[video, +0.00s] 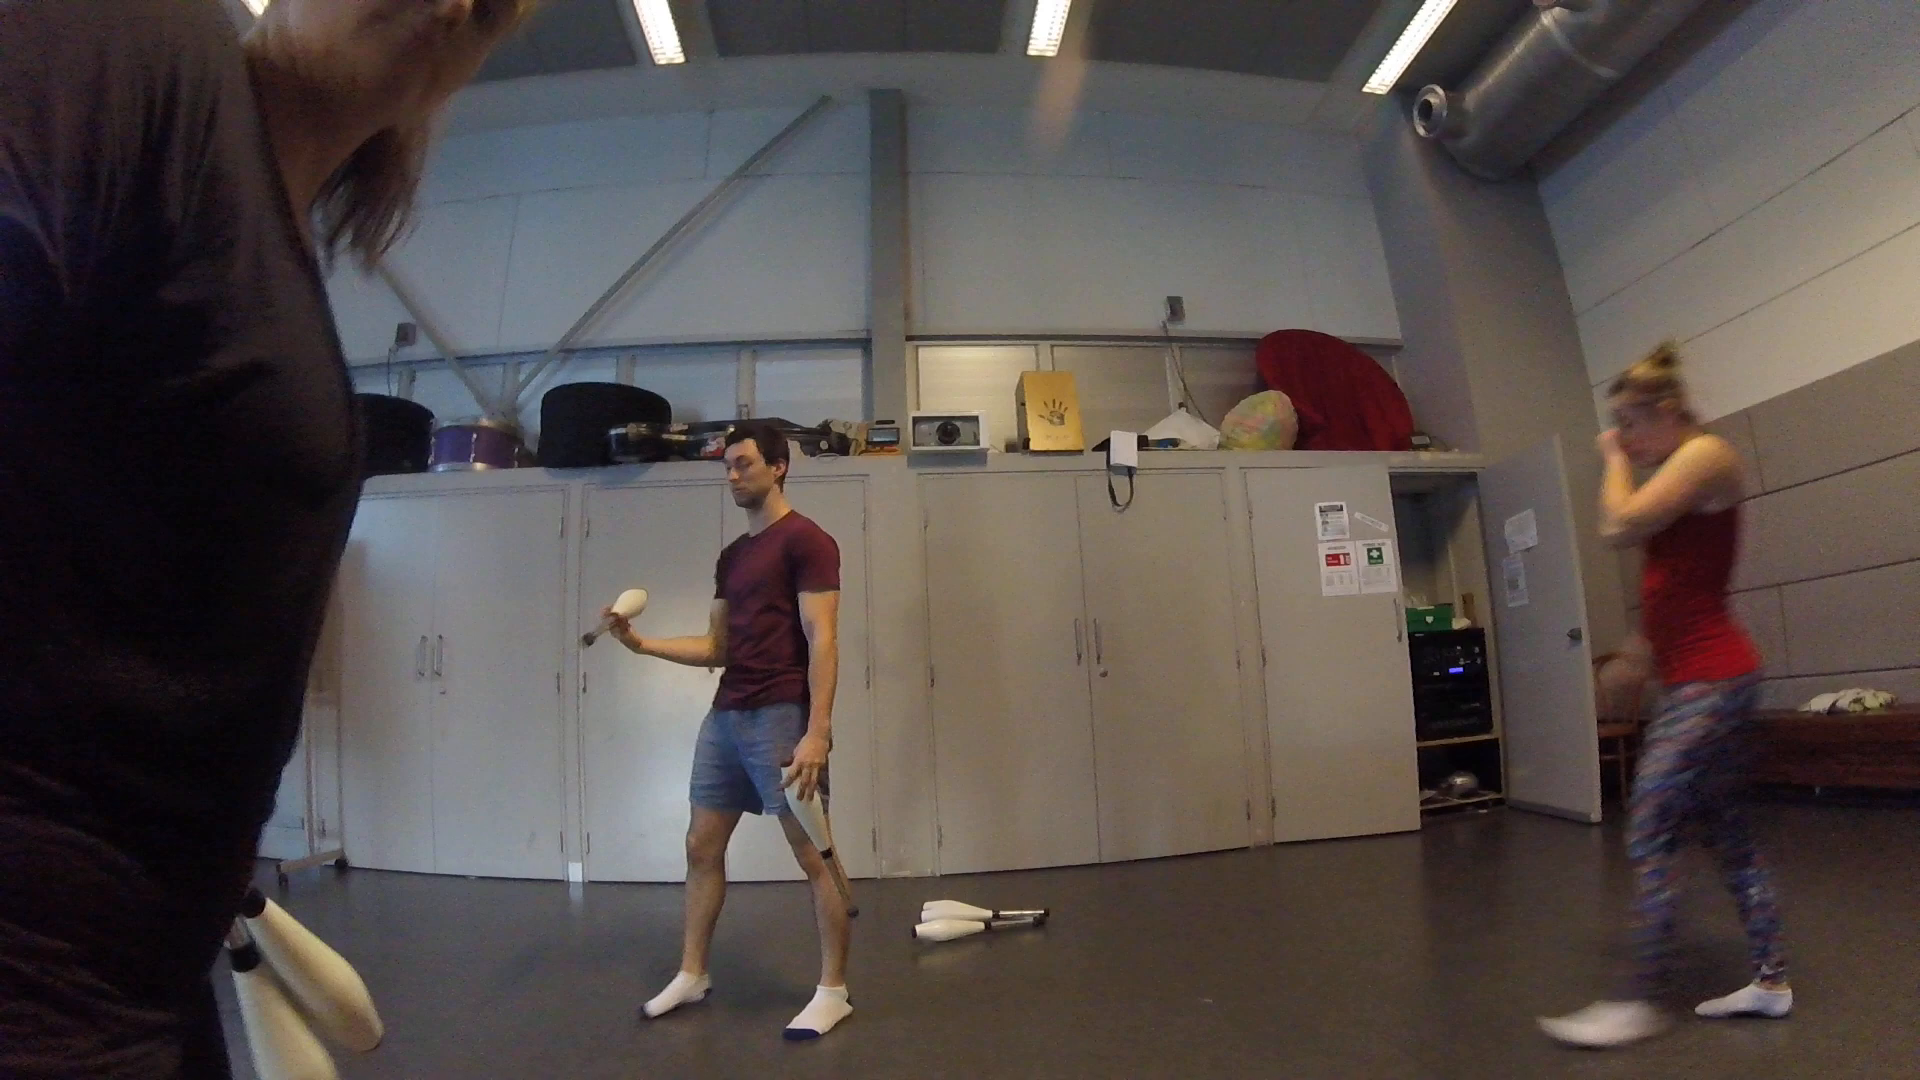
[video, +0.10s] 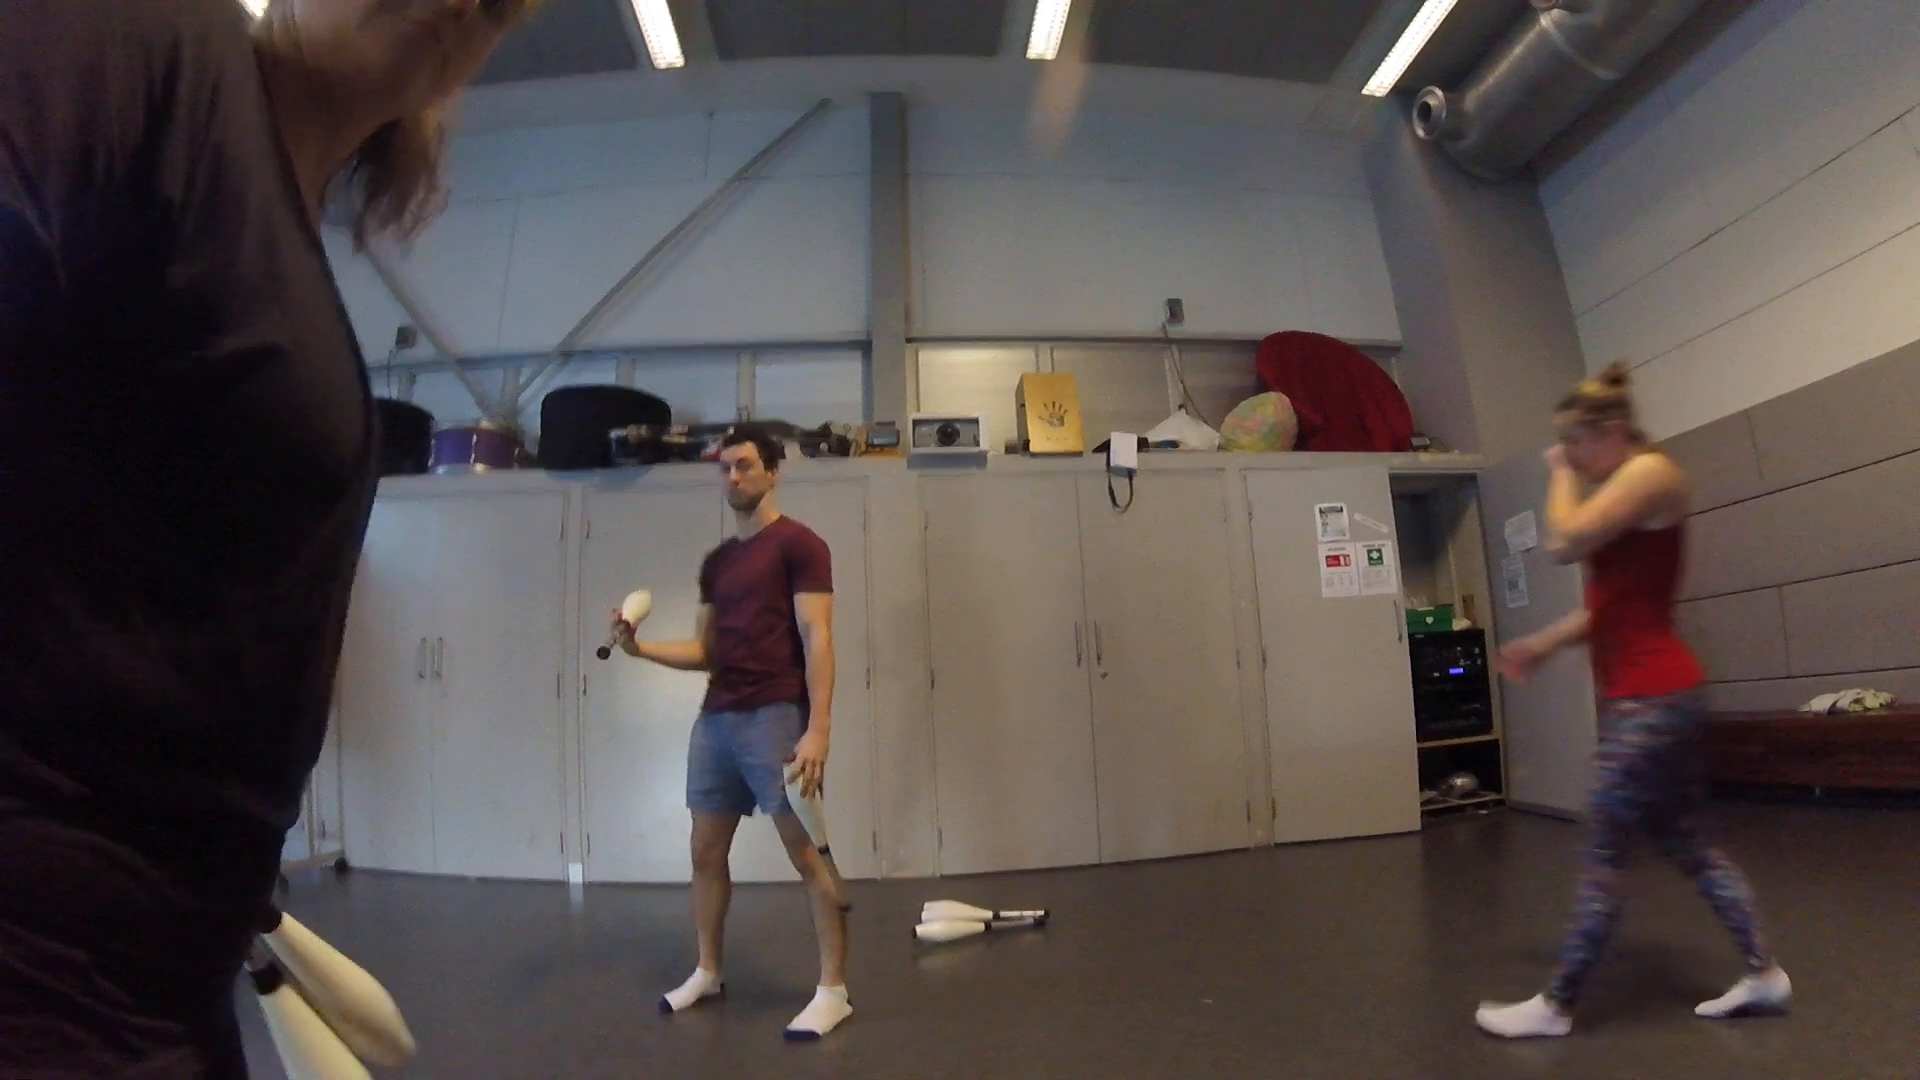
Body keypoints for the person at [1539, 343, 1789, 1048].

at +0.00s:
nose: (1624, 437)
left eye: (1636, 421)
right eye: (1620, 425)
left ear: (1674, 411)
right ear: (1629, 428)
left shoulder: (1707, 455)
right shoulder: (1670, 470)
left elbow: (1620, 522)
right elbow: (1676, 581)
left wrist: (1611, 456)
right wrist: (1638, 657)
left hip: (1712, 676)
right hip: (1691, 675)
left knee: (1650, 828)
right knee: (1728, 829)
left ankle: (1640, 997)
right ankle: (1770, 980)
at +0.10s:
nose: (1570, 457)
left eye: (1576, 444)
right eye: (1567, 447)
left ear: (1614, 431)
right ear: (1599, 436)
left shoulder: (1651, 472)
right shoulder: (1626, 485)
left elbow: (1564, 539)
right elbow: (1612, 603)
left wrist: (1560, 471)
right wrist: (1544, 642)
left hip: (1652, 693)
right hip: (1640, 691)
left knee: (1606, 843)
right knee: (1684, 836)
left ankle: (1557, 1002)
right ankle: (1763, 973)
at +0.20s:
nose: (1515, 463)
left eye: (1521, 449)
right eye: (1512, 451)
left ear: (1555, 438)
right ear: (1555, 442)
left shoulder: (1590, 479)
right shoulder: (1577, 486)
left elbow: (1508, 544)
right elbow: (1568, 605)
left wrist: (1500, 483)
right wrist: (1507, 651)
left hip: (1588, 694)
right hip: (1594, 689)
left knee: (1555, 842)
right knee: (1598, 841)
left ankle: (1552, 1004)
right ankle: (1709, 943)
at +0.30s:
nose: (1458, 470)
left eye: (1462, 457)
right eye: (1455, 459)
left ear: (1493, 444)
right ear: (1496, 446)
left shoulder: (1528, 485)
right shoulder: (1526, 487)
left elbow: (1445, 543)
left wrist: (1445, 486)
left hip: (1538, 692)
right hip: (1534, 687)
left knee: (1523, 841)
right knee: (1518, 830)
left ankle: (1549, 1003)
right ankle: (1595, 941)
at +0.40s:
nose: (1406, 476)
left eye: (1410, 465)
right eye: (1404, 466)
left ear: (1438, 451)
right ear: (1452, 451)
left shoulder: (1466, 493)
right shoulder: (1497, 499)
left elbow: (1389, 555)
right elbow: (1531, 612)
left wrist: (1399, 497)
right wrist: (1556, 688)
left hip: (1493, 701)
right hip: (1487, 697)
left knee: (1498, 841)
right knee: (1440, 825)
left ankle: (1545, 999)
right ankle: (1461, 969)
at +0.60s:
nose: (1347, 504)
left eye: (1350, 490)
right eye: (1347, 492)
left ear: (1378, 478)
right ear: (1391, 478)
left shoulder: (1404, 518)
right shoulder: (1450, 526)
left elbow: (1337, 589)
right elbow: (1507, 607)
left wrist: (1347, 530)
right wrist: (1560, 669)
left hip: (1427, 711)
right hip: (1435, 705)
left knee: (1428, 846)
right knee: (1414, 844)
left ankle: (1552, 969)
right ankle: (1389, 969)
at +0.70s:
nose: (1310, 510)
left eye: (1311, 498)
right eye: (1307, 499)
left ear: (1336, 484)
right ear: (1349, 482)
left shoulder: (1362, 526)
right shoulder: (1403, 530)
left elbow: (1308, 602)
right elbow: (1445, 618)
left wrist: (1306, 539)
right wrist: (1476, 686)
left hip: (1382, 711)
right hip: (1408, 703)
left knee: (1356, 847)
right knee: (1394, 842)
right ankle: (1388, 972)